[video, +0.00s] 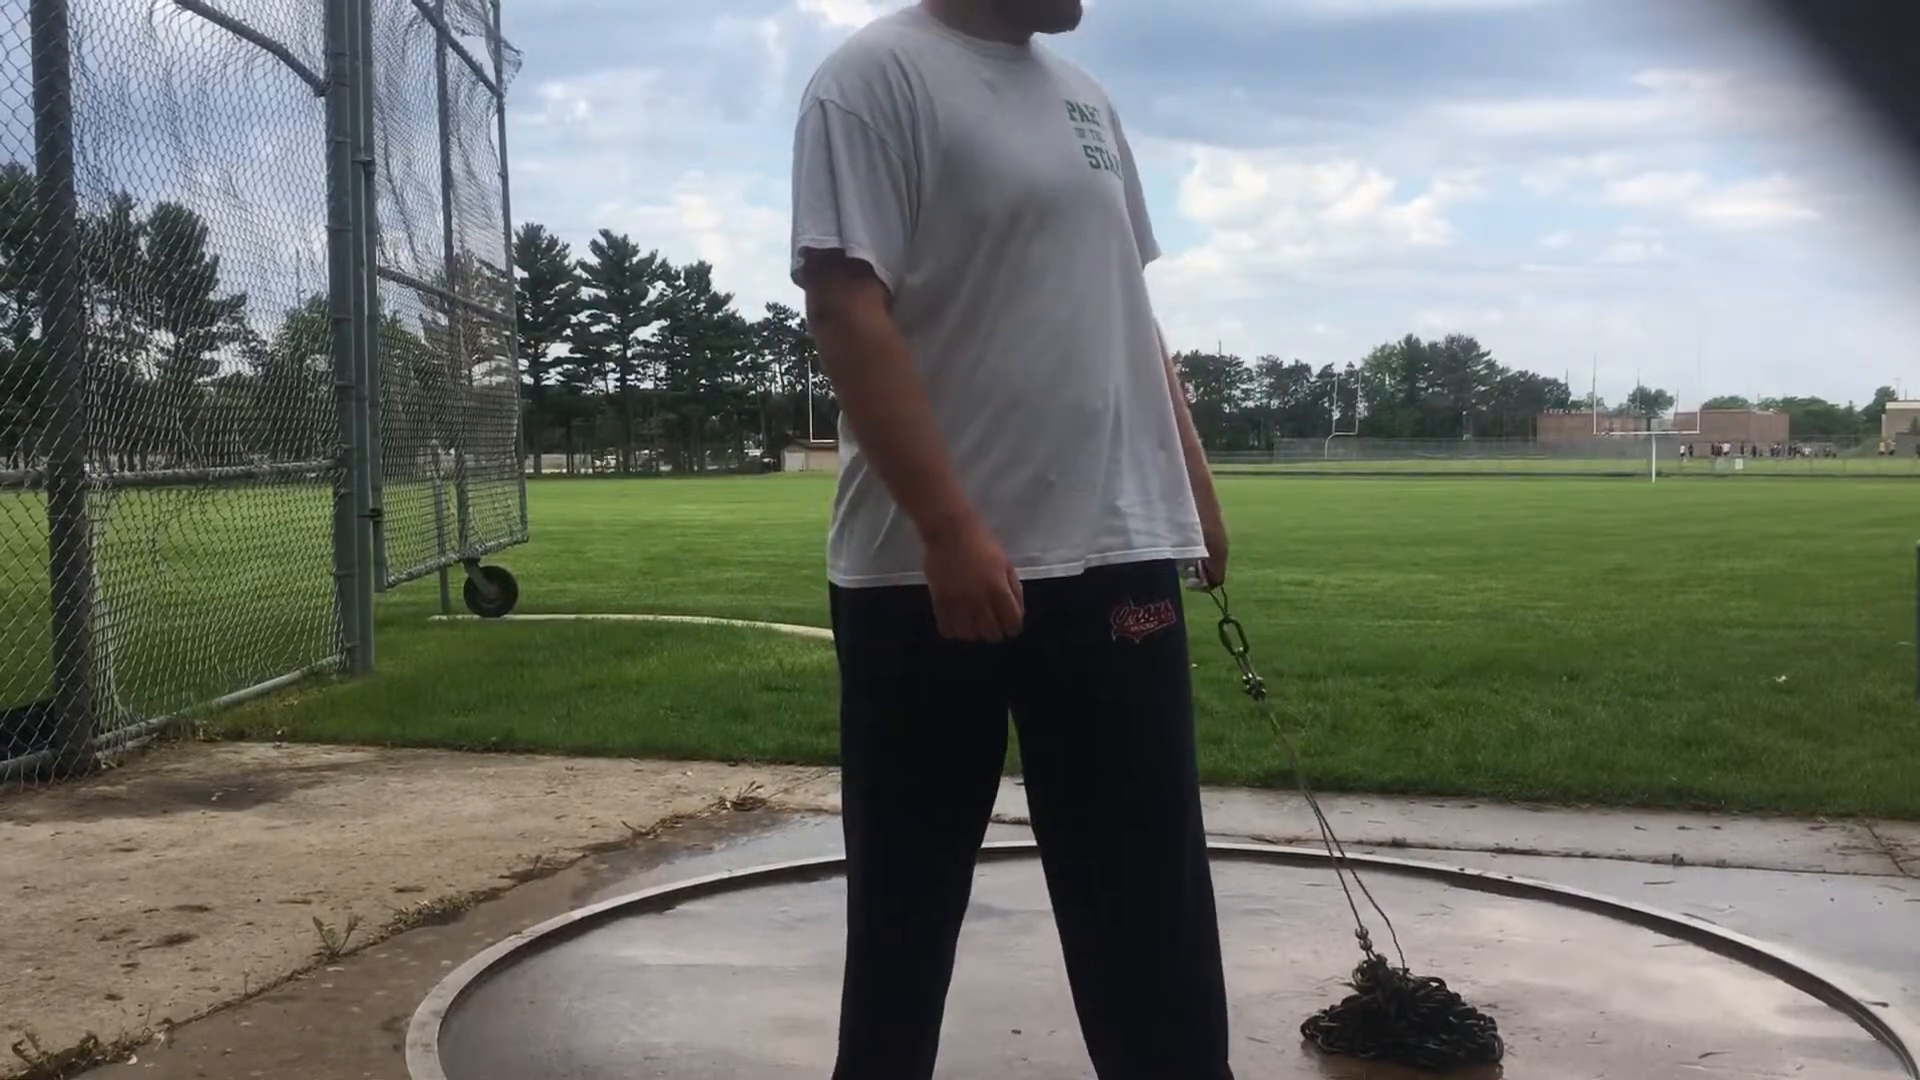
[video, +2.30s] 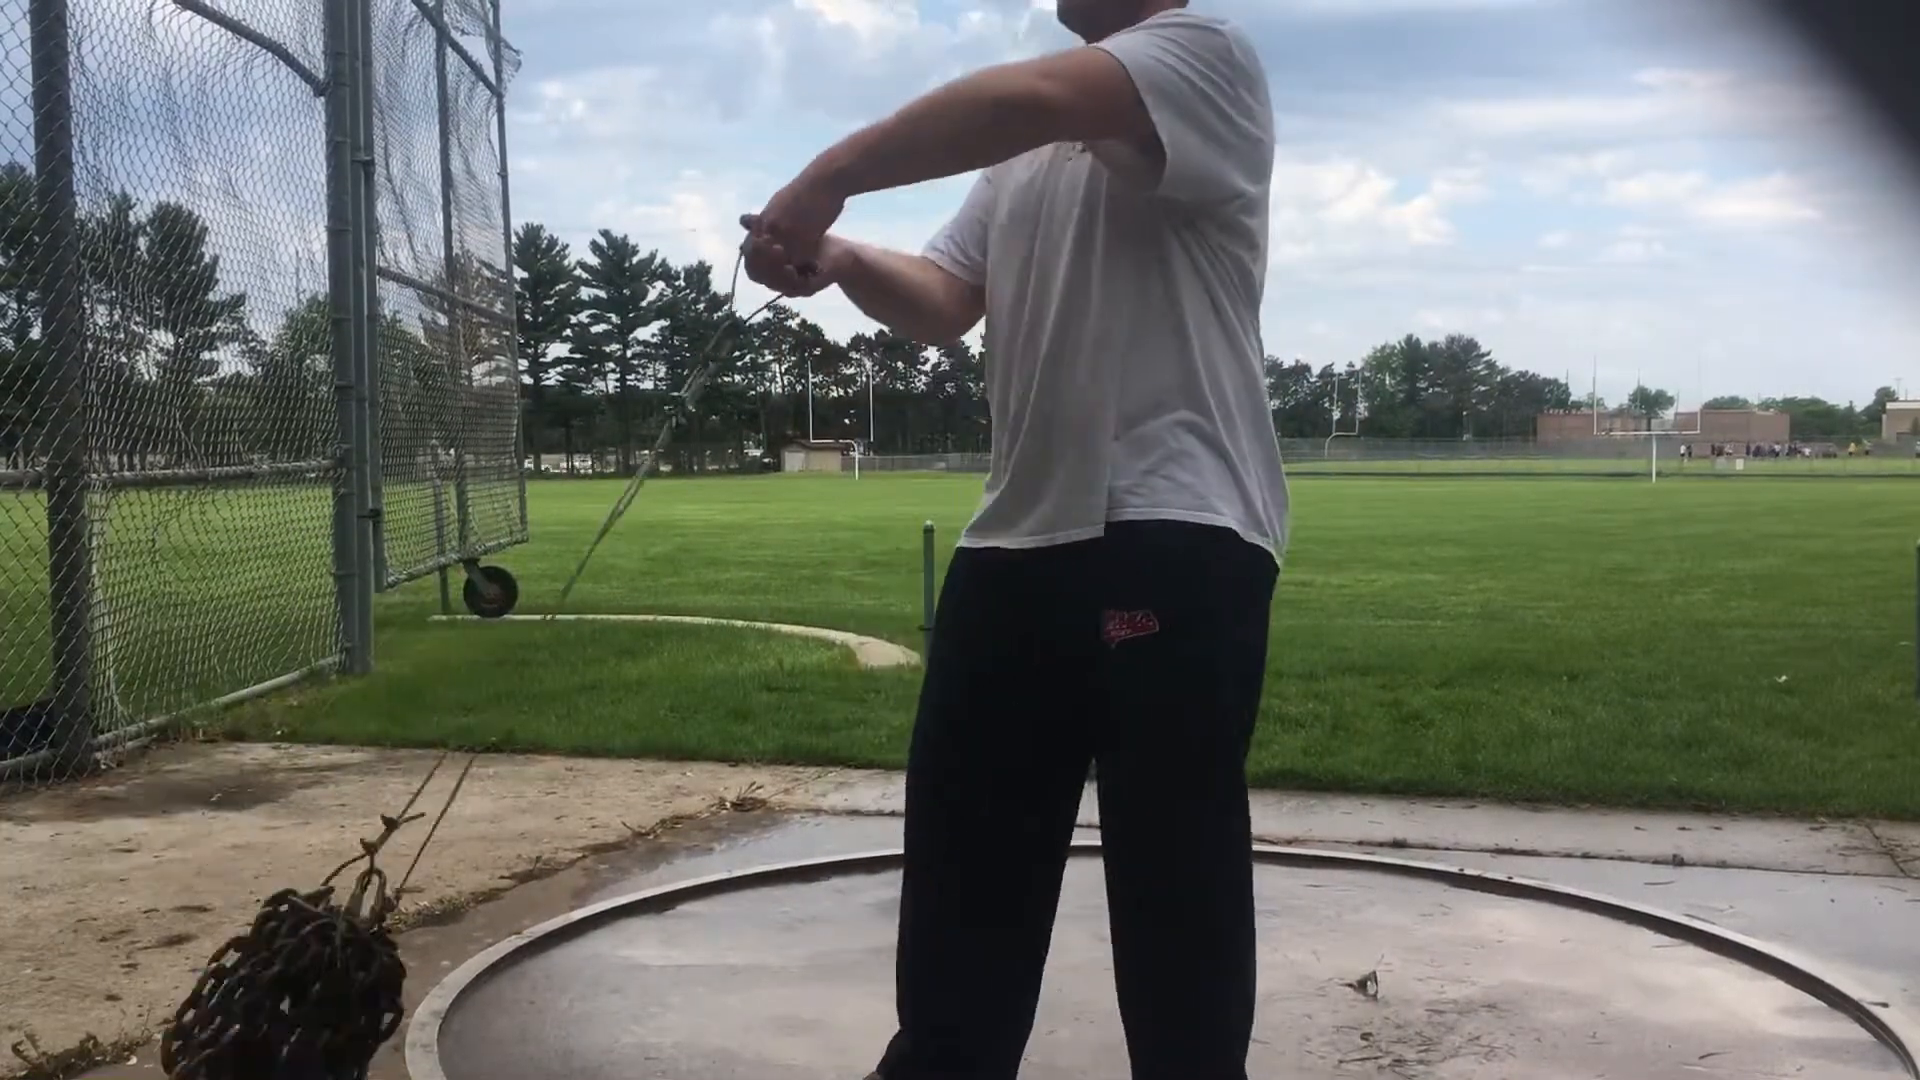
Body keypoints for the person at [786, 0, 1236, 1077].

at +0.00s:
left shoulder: (1085, 95)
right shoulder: (867, 77)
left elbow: (1131, 317)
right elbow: (847, 316)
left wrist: (1193, 482)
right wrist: (946, 528)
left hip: (1114, 561)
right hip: (925, 575)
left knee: (1152, 924)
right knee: (903, 925)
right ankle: (881, 1074)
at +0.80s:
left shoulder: (1201, 99)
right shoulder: (897, 93)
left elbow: (1294, 297)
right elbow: (815, 316)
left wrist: (1356, 492)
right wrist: (828, 543)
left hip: (1130, 555)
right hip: (928, 559)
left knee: (1160, 912)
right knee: (890, 911)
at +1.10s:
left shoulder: (1180, 62)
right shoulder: (873, 111)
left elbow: (1347, 208)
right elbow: (830, 334)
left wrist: (1324, 355)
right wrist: (905, 503)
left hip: (1149, 572)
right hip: (945, 575)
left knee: (1185, 931)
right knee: (902, 927)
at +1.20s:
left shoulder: (1144, 35)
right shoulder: (856, 117)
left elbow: (1335, 144)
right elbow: (832, 337)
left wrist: (1247, 240)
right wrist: (960, 421)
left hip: (1144, 564)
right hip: (942, 573)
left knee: (1181, 931)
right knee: (901, 930)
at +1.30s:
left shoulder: (1109, 22)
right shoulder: (842, 116)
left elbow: (1308, 92)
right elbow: (833, 335)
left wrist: (1183, 141)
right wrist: (967, 314)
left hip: (1125, 532)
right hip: (931, 560)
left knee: (1165, 928)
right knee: (894, 933)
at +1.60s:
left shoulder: (1062, 32)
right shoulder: (830, 120)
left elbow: (1181, 128)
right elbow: (812, 311)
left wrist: (995, 116)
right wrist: (897, 208)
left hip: (1086, 515)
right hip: (902, 543)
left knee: (1132, 912)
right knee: (873, 898)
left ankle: (1162, 1073)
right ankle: (864, 1068)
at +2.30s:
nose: (1076, 14)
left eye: (1093, 11)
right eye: (1071, 17)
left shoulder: (1208, 54)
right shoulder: (1016, 152)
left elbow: (1033, 101)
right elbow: (943, 302)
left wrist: (828, 177)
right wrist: (840, 256)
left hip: (1178, 519)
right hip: (1015, 532)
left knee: (1175, 871)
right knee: (965, 857)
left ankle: (1189, 1068)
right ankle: (945, 1058)